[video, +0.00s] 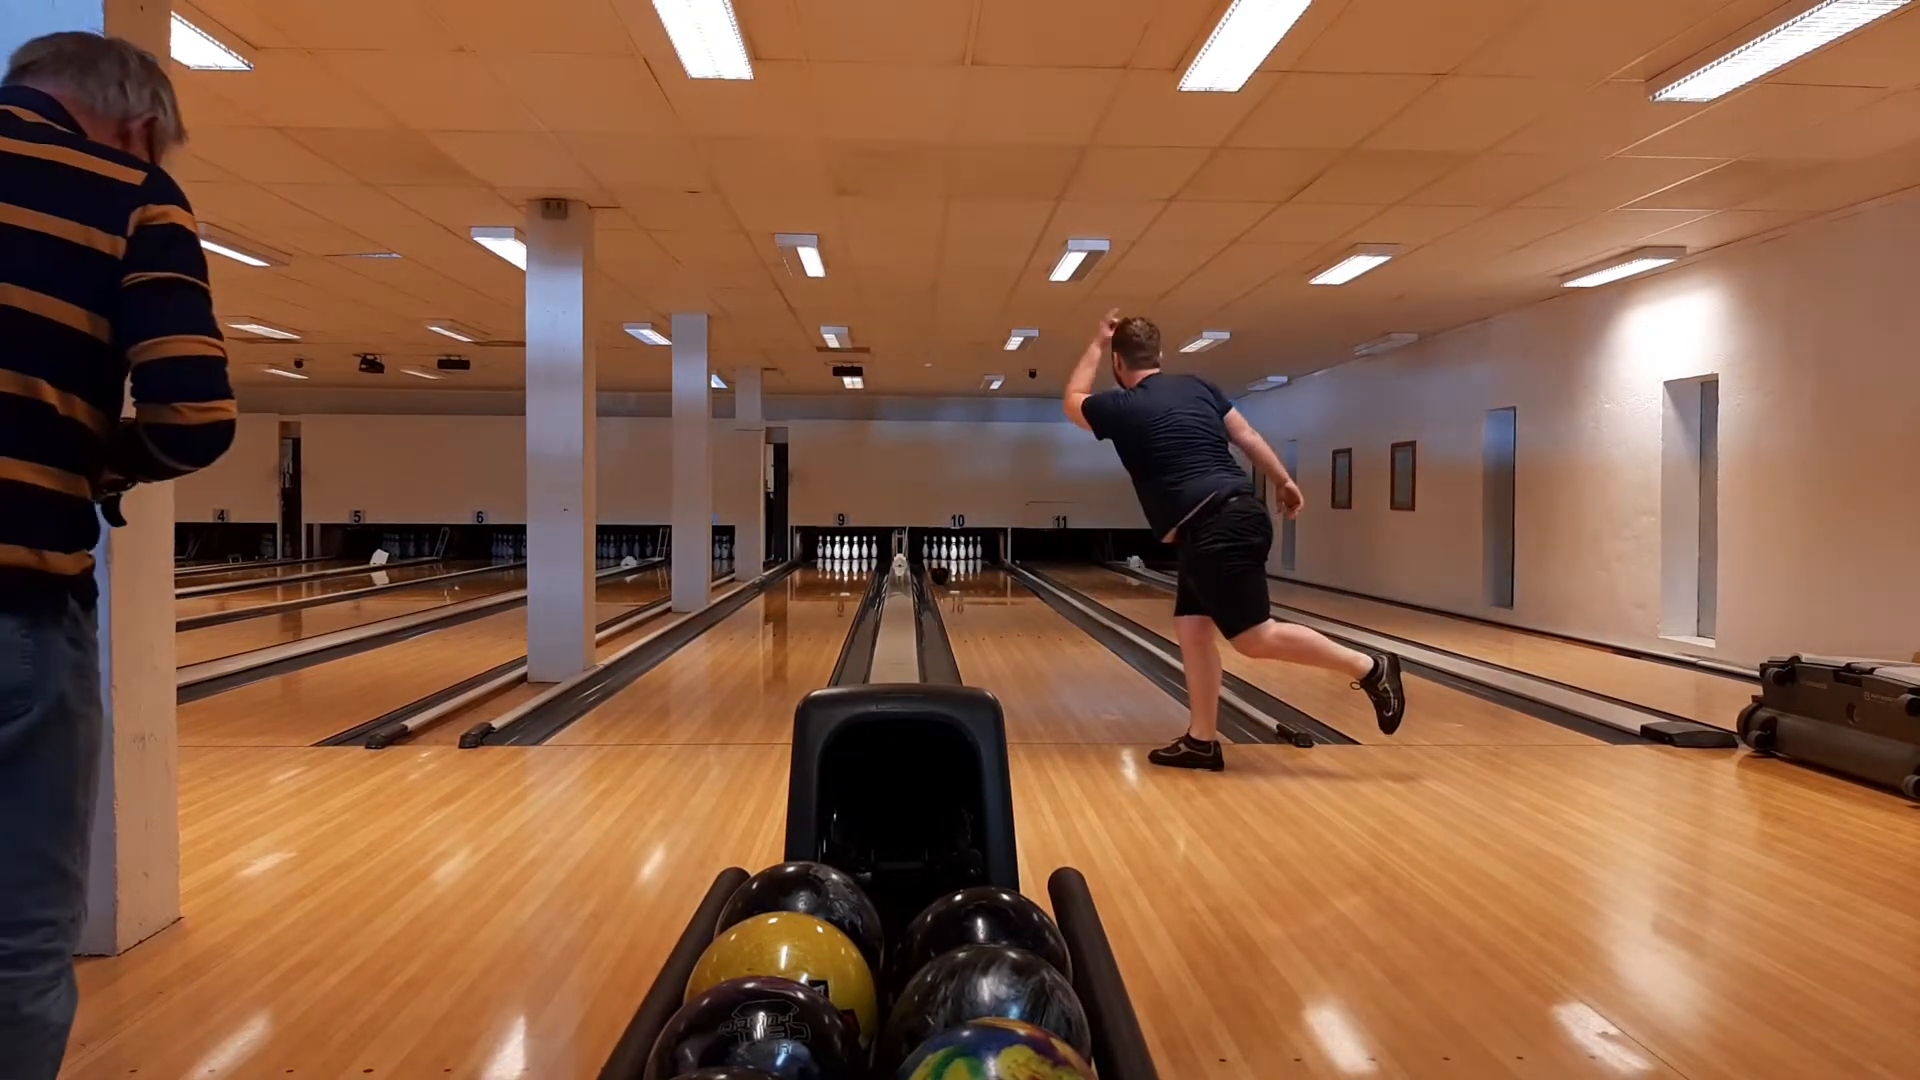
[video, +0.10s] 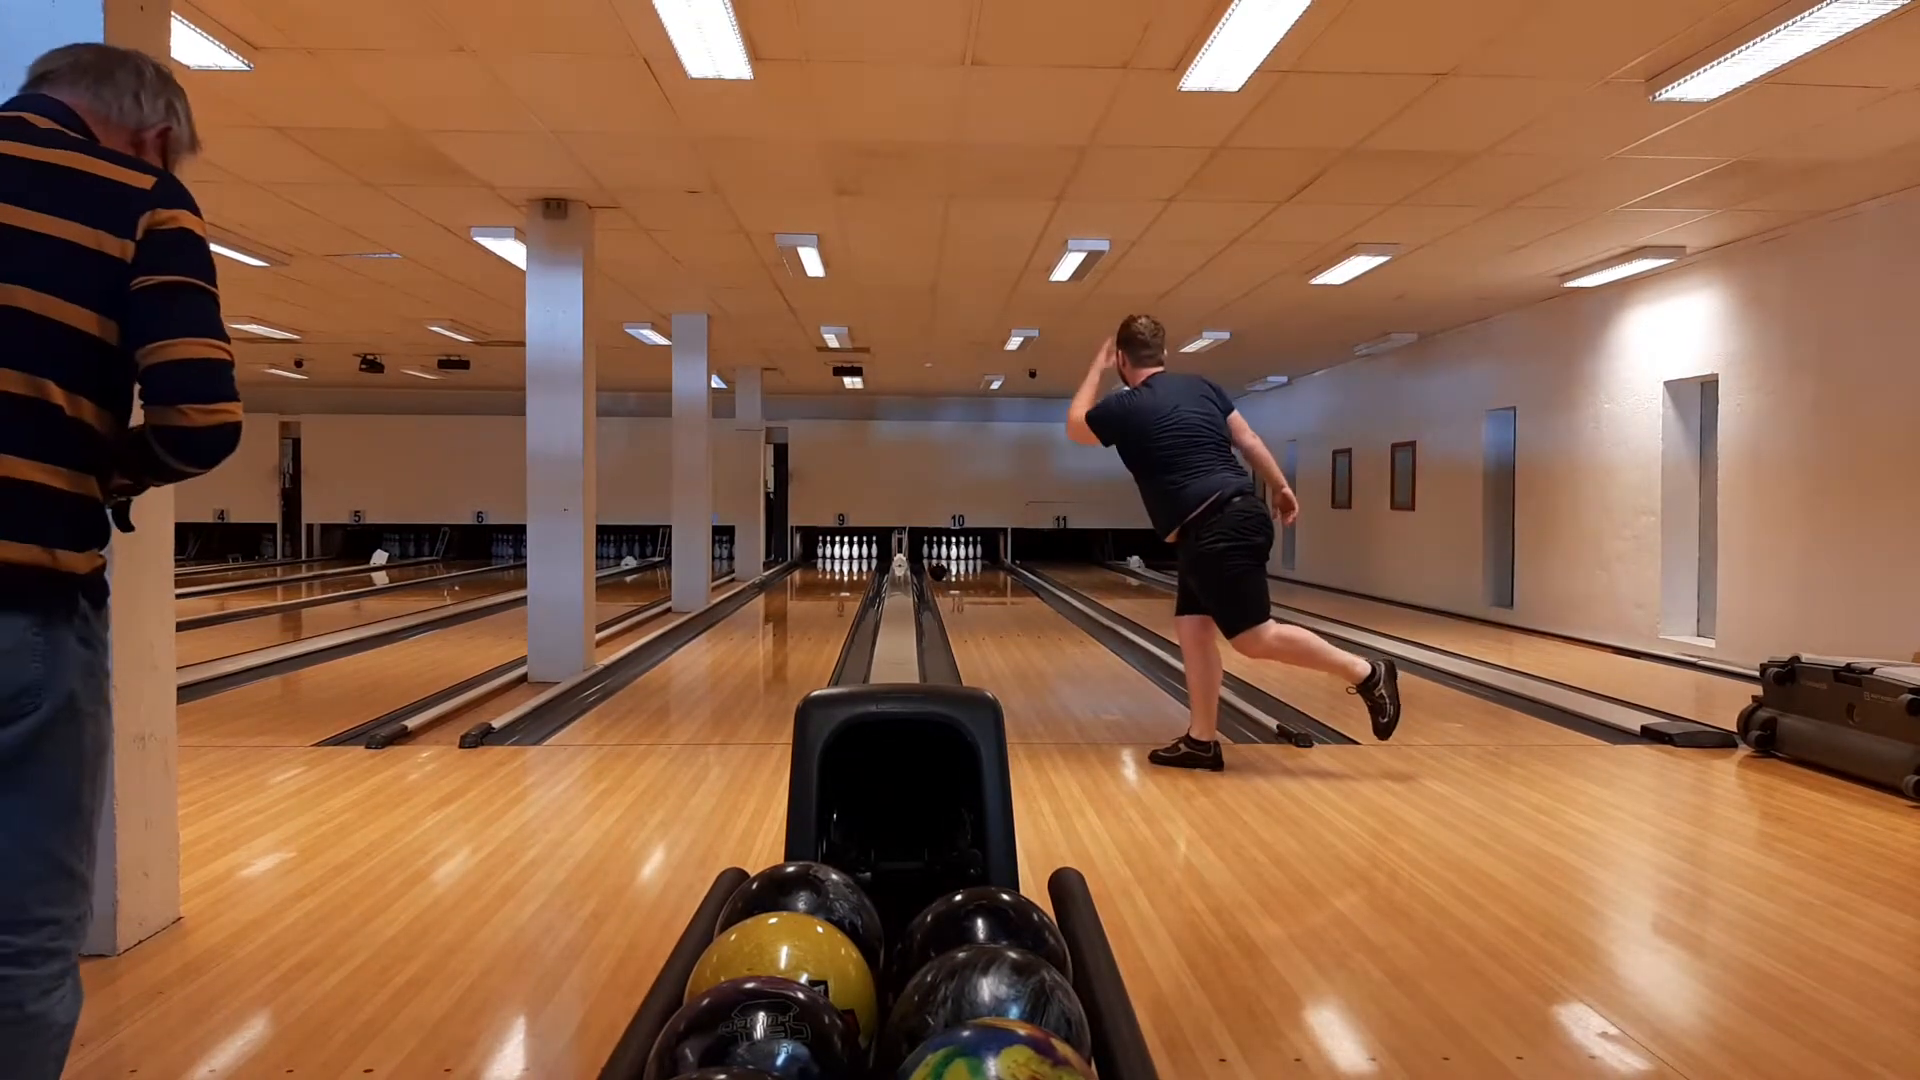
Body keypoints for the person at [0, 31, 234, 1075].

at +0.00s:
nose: (157, 164)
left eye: (161, 148)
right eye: (162, 146)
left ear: (30, 91)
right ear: (129, 119)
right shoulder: (132, 190)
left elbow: (193, 422)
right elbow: (195, 420)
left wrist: (100, 447)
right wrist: (104, 455)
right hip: (22, 591)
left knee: (27, 926)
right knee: (25, 931)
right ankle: (21, 1065)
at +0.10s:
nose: (172, 175)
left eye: (180, 161)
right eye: (178, 158)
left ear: (44, 98)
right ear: (146, 131)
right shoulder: (143, 196)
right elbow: (203, 424)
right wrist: (117, 462)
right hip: (27, 597)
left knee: (28, 931)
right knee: (28, 938)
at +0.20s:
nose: (176, 180)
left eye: (186, 166)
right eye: (183, 163)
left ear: (59, 106)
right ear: (151, 136)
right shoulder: (148, 201)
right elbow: (206, 427)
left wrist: (126, 461)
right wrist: (129, 468)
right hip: (34, 603)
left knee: (34, 926)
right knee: (37, 933)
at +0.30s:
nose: (182, 188)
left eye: (193, 177)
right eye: (189, 173)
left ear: (64, 114)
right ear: (160, 144)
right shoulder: (153, 202)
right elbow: (206, 424)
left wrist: (135, 465)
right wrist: (136, 473)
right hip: (39, 604)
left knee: (35, 927)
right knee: (41, 934)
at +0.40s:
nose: (189, 192)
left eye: (199, 182)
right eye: (195, 179)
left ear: (73, 121)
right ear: (169, 150)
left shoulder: (1, 170)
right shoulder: (160, 204)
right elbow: (210, 425)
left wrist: (135, 463)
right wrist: (141, 473)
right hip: (44, 606)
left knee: (36, 927)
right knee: (46, 938)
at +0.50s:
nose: (200, 199)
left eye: (208, 188)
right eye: (202, 186)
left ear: (78, 128)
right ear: (176, 159)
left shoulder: (1, 174)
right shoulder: (169, 209)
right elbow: (215, 422)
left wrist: (145, 470)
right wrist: (145, 481)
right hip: (47, 605)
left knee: (38, 922)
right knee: (49, 932)